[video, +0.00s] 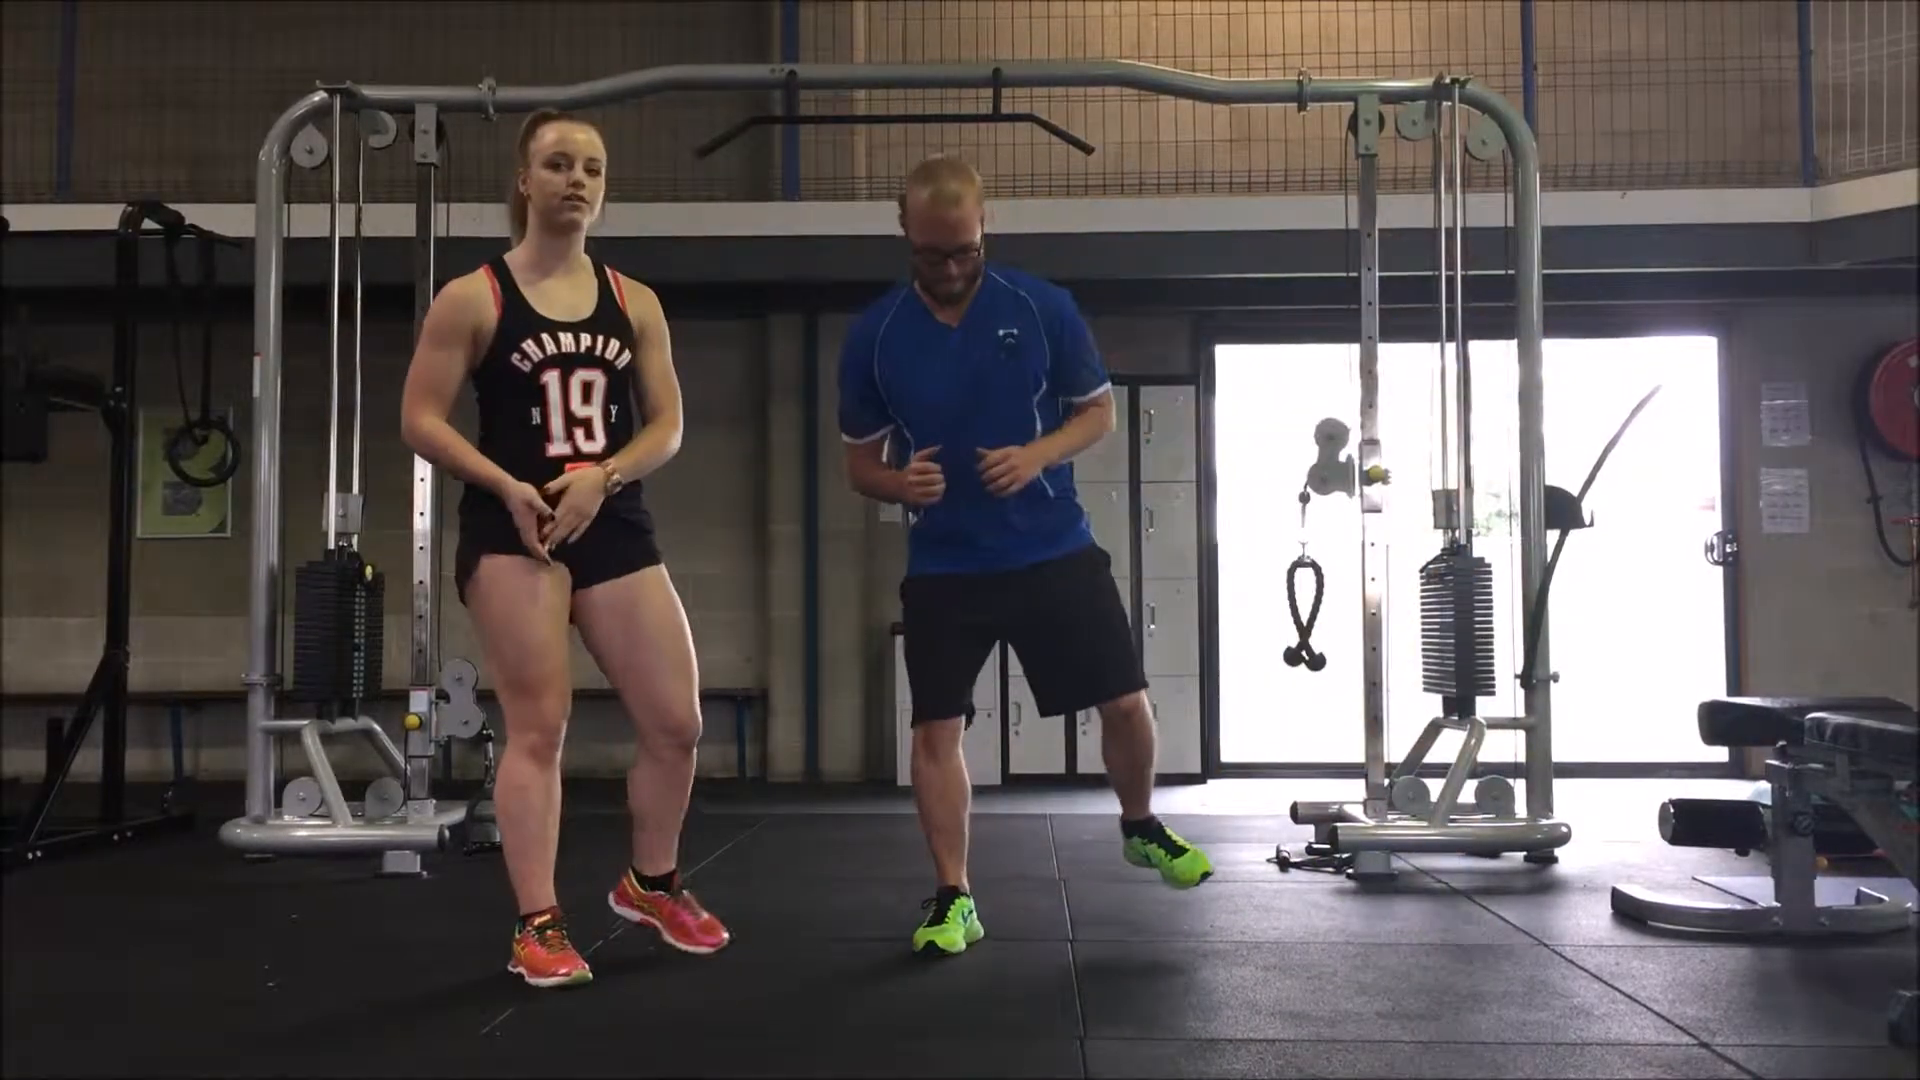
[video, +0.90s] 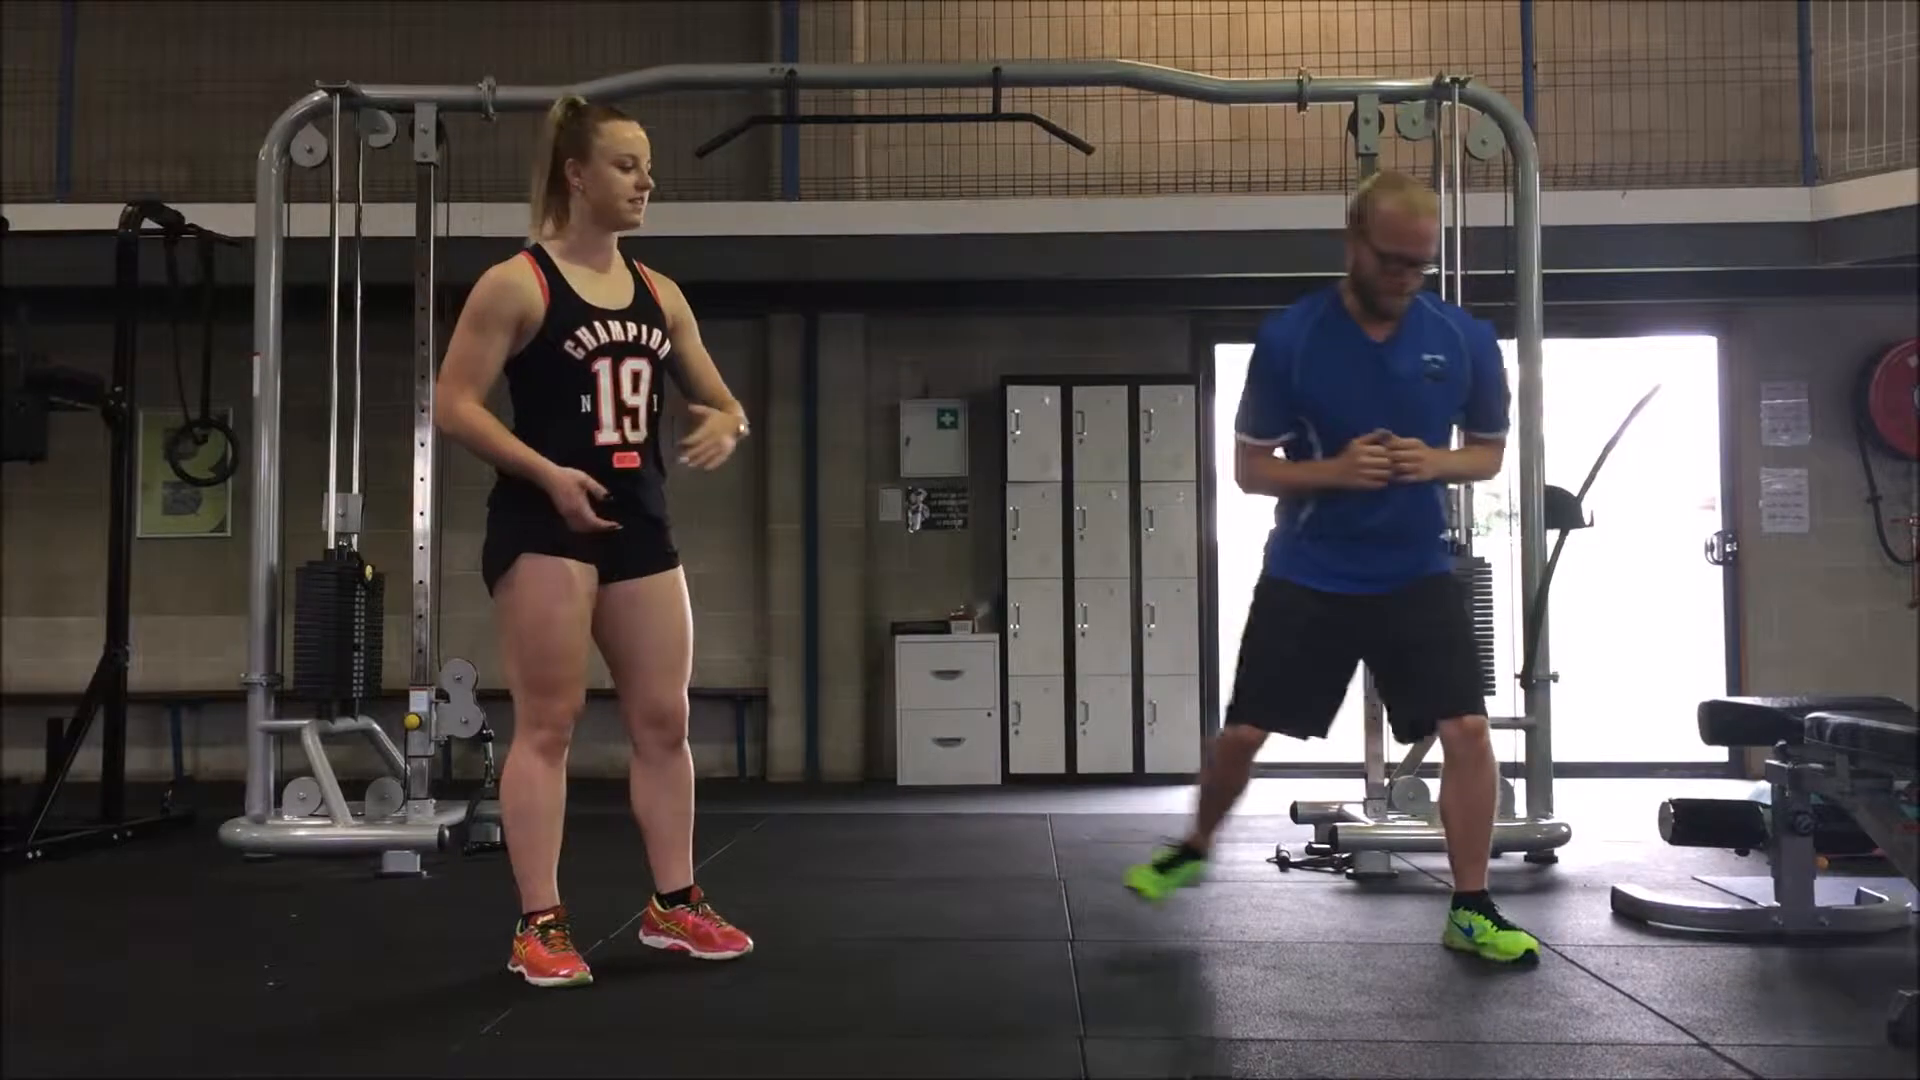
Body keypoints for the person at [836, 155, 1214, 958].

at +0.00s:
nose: (952, 268)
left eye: (965, 251)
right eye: (935, 254)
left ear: (986, 231)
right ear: (904, 236)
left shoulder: (1044, 311)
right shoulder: (872, 337)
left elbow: (1097, 414)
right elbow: (860, 465)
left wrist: (1035, 454)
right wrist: (897, 483)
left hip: (1053, 554)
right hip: (945, 565)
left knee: (1126, 702)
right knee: (934, 728)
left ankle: (1140, 825)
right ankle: (953, 897)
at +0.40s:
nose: (1054, 299)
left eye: (1068, 282)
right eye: (1037, 282)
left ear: (1085, 273)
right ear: (1003, 273)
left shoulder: (1129, 352)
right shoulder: (957, 379)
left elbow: (1176, 456)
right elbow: (934, 504)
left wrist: (1117, 493)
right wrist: (991, 524)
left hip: (1123, 585)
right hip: (1014, 591)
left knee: (1196, 717)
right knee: (981, 745)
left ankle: (1196, 873)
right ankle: (962, 903)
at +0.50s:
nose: (1128, 263)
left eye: (1141, 247)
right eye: (1112, 246)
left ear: (1155, 238)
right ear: (1077, 234)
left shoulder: (1188, 320)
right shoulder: (1024, 341)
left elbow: (1229, 429)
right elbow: (987, 456)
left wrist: (1178, 442)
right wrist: (1058, 469)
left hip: (1174, 563)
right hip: (1064, 572)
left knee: (1262, 694)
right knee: (1010, 729)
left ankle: (1307, 861)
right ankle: (964, 897)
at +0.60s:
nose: (1222, 230)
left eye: (1231, 213)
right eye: (1206, 214)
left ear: (1243, 203)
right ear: (1163, 206)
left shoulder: (1272, 287)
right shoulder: (1100, 295)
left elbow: (1304, 405)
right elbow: (1065, 418)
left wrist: (1257, 405)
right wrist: (1146, 425)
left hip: (1243, 537)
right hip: (1131, 541)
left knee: (1334, 690)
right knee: (1051, 699)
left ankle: (1416, 856)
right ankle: (976, 859)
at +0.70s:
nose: (1306, 240)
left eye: (1316, 223)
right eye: (1290, 224)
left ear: (1325, 212)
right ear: (1245, 213)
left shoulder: (1358, 297)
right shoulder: (1181, 299)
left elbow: (1382, 417)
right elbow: (1141, 428)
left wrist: (1331, 420)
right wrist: (1224, 433)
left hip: (1321, 546)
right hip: (1209, 543)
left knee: (1402, 710)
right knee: (1111, 691)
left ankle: (1469, 886)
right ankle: (1017, 838)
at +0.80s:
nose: (1368, 271)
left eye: (1381, 255)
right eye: (1352, 254)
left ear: (1394, 245)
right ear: (1310, 239)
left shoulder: (1423, 330)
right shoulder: (1249, 332)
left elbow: (1452, 448)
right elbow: (1209, 458)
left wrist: (1400, 452)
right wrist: (1289, 462)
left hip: (1378, 573)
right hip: (1267, 574)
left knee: (1454, 721)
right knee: (1177, 715)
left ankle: (1472, 903)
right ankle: (1101, 835)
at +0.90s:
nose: (1408, 278)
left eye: (1422, 263)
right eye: (1394, 261)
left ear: (1436, 254)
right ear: (1351, 245)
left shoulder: (1462, 339)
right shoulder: (1289, 337)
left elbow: (1488, 455)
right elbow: (1251, 468)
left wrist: (1441, 462)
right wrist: (1334, 471)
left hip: (1417, 577)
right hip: (1307, 577)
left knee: (1467, 728)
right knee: (1242, 732)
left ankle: (1472, 905)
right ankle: (1194, 846)